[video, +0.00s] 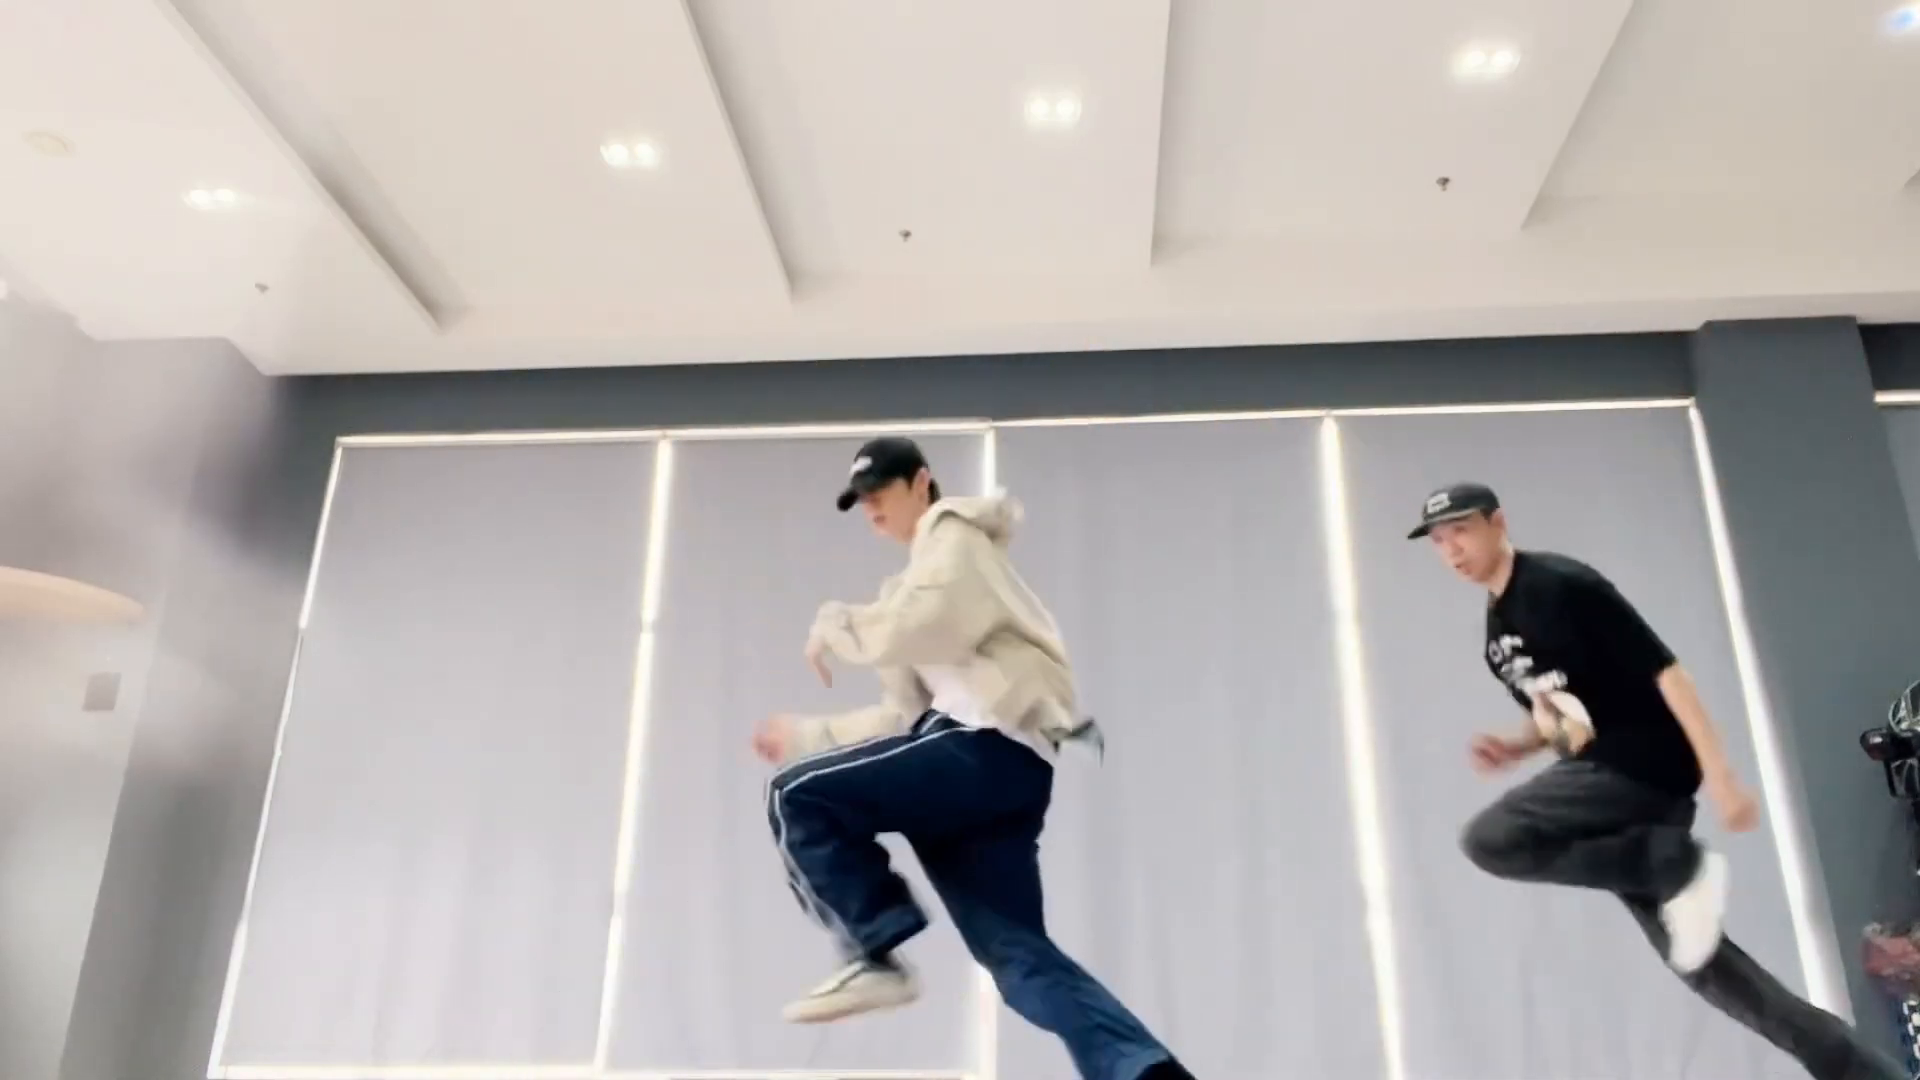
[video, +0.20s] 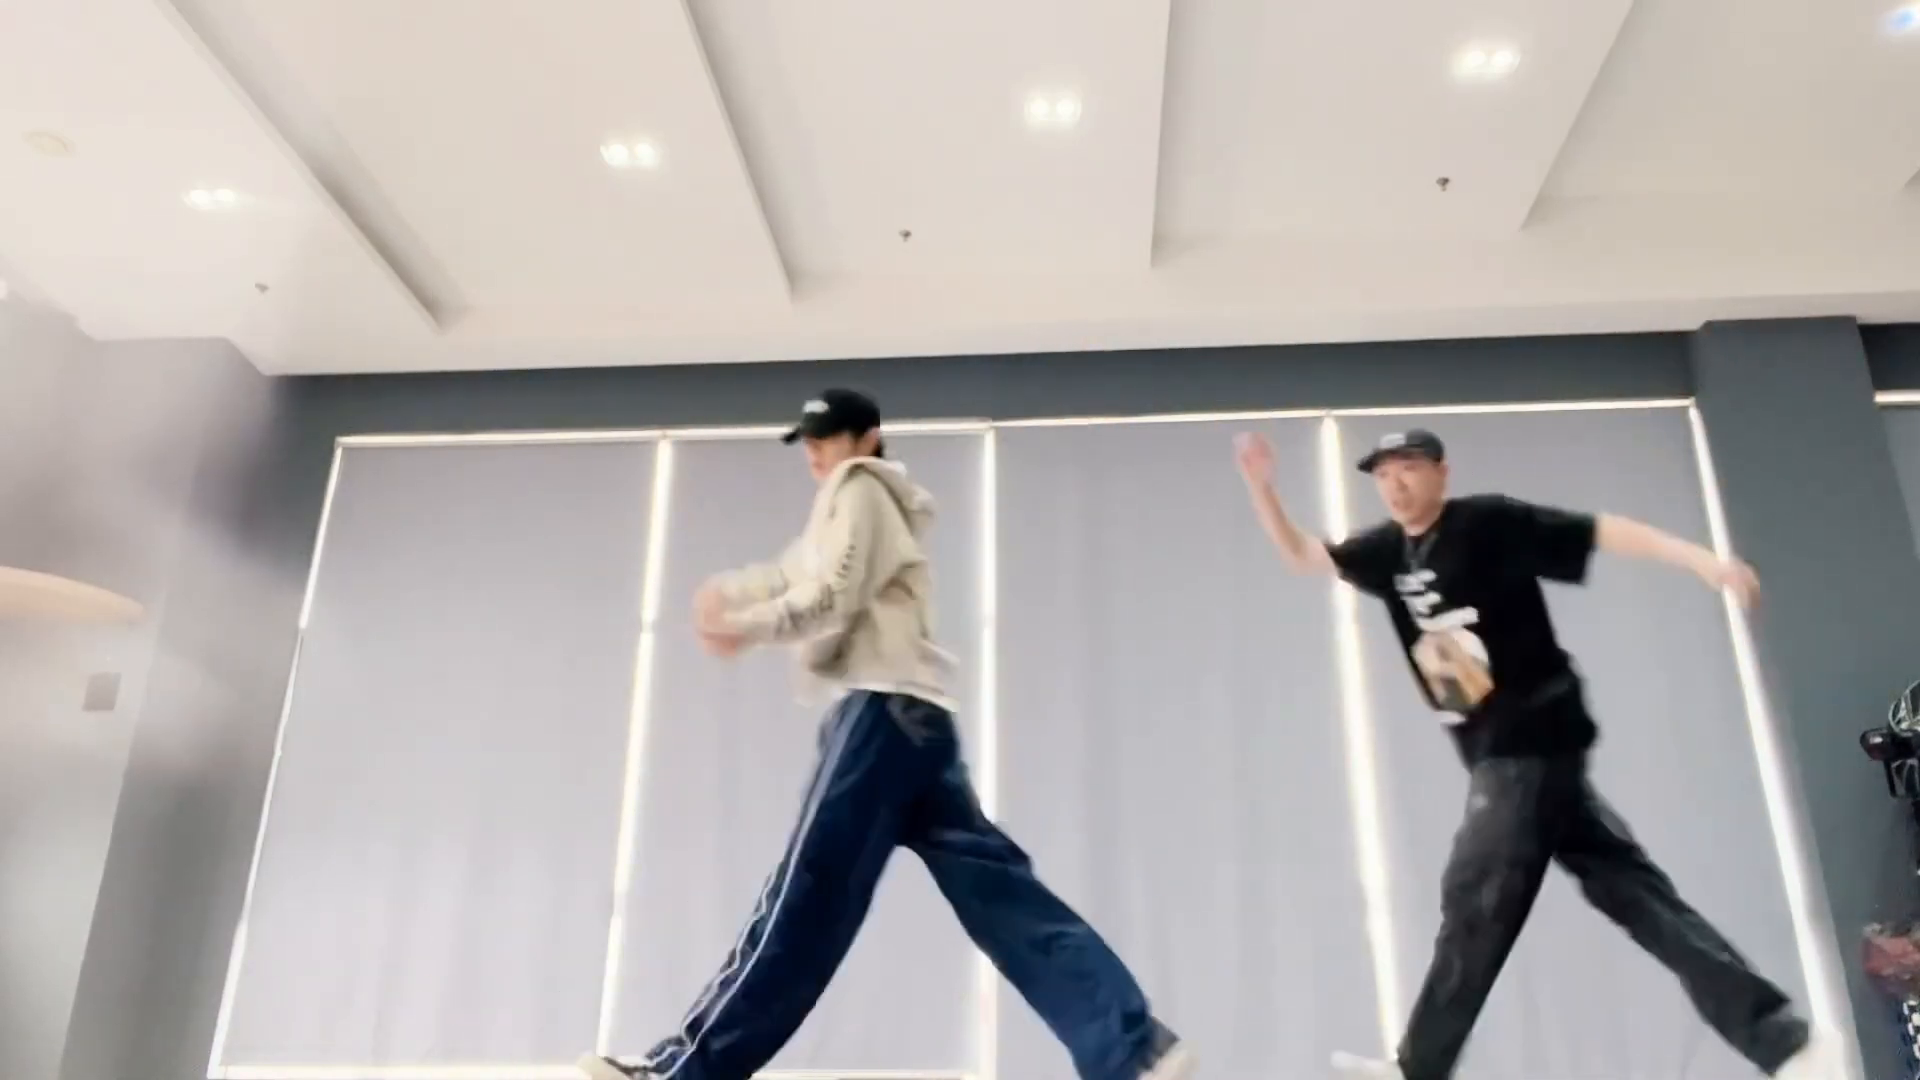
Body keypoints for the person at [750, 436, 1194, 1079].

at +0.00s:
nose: (870, 513)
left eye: (877, 494)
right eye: (862, 503)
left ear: (921, 483)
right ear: (870, 508)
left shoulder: (955, 535)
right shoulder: (915, 581)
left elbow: (931, 619)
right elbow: (907, 714)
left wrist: (835, 626)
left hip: (984, 748)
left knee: (800, 794)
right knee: (1019, 959)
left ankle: (873, 962)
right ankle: (1145, 1068)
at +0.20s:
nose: (809, 454)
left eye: (817, 441)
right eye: (806, 444)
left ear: (856, 438)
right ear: (854, 441)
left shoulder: (863, 491)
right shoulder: (850, 494)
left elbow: (833, 593)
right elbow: (797, 571)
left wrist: (747, 625)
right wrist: (731, 591)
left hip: (882, 713)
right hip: (909, 719)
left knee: (805, 894)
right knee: (998, 891)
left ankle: (688, 1064)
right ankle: (1132, 1047)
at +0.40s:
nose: (732, 437)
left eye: (746, 423)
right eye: (728, 426)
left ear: (785, 428)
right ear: (731, 436)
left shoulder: (783, 495)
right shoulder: (733, 494)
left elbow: (788, 562)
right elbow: (688, 561)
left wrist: (815, 600)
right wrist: (667, 498)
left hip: (758, 698)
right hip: (746, 697)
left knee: (724, 886)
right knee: (784, 890)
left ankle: (683, 1065)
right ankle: (921, 1020)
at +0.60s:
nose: (645, 431)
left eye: (660, 416)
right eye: (638, 422)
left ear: (700, 426)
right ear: (635, 437)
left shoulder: (739, 478)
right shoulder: (628, 529)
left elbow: (759, 534)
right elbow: (548, 585)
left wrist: (675, 458)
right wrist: (494, 540)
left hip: (675, 702)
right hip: (606, 716)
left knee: (637, 879)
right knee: (518, 859)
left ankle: (672, 1066)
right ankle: (595, 1030)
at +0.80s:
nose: (569, 479)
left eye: (589, 466)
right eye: (562, 464)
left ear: (624, 479)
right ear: (550, 470)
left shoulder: (647, 555)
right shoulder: (520, 544)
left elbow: (638, 504)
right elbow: (482, 506)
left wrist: (575, 446)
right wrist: (530, 457)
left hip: (598, 747)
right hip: (508, 753)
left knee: (593, 926)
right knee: (433, 931)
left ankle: (617, 1068)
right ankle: (400, 1071)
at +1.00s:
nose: (540, 445)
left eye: (555, 447)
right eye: (534, 438)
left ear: (570, 475)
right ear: (513, 447)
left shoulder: (571, 543)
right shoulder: (447, 502)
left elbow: (608, 545)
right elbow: (410, 421)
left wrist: (573, 443)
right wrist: (508, 424)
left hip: (512, 758)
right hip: (423, 749)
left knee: (562, 940)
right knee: (395, 940)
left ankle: (603, 1069)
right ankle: (399, 1074)